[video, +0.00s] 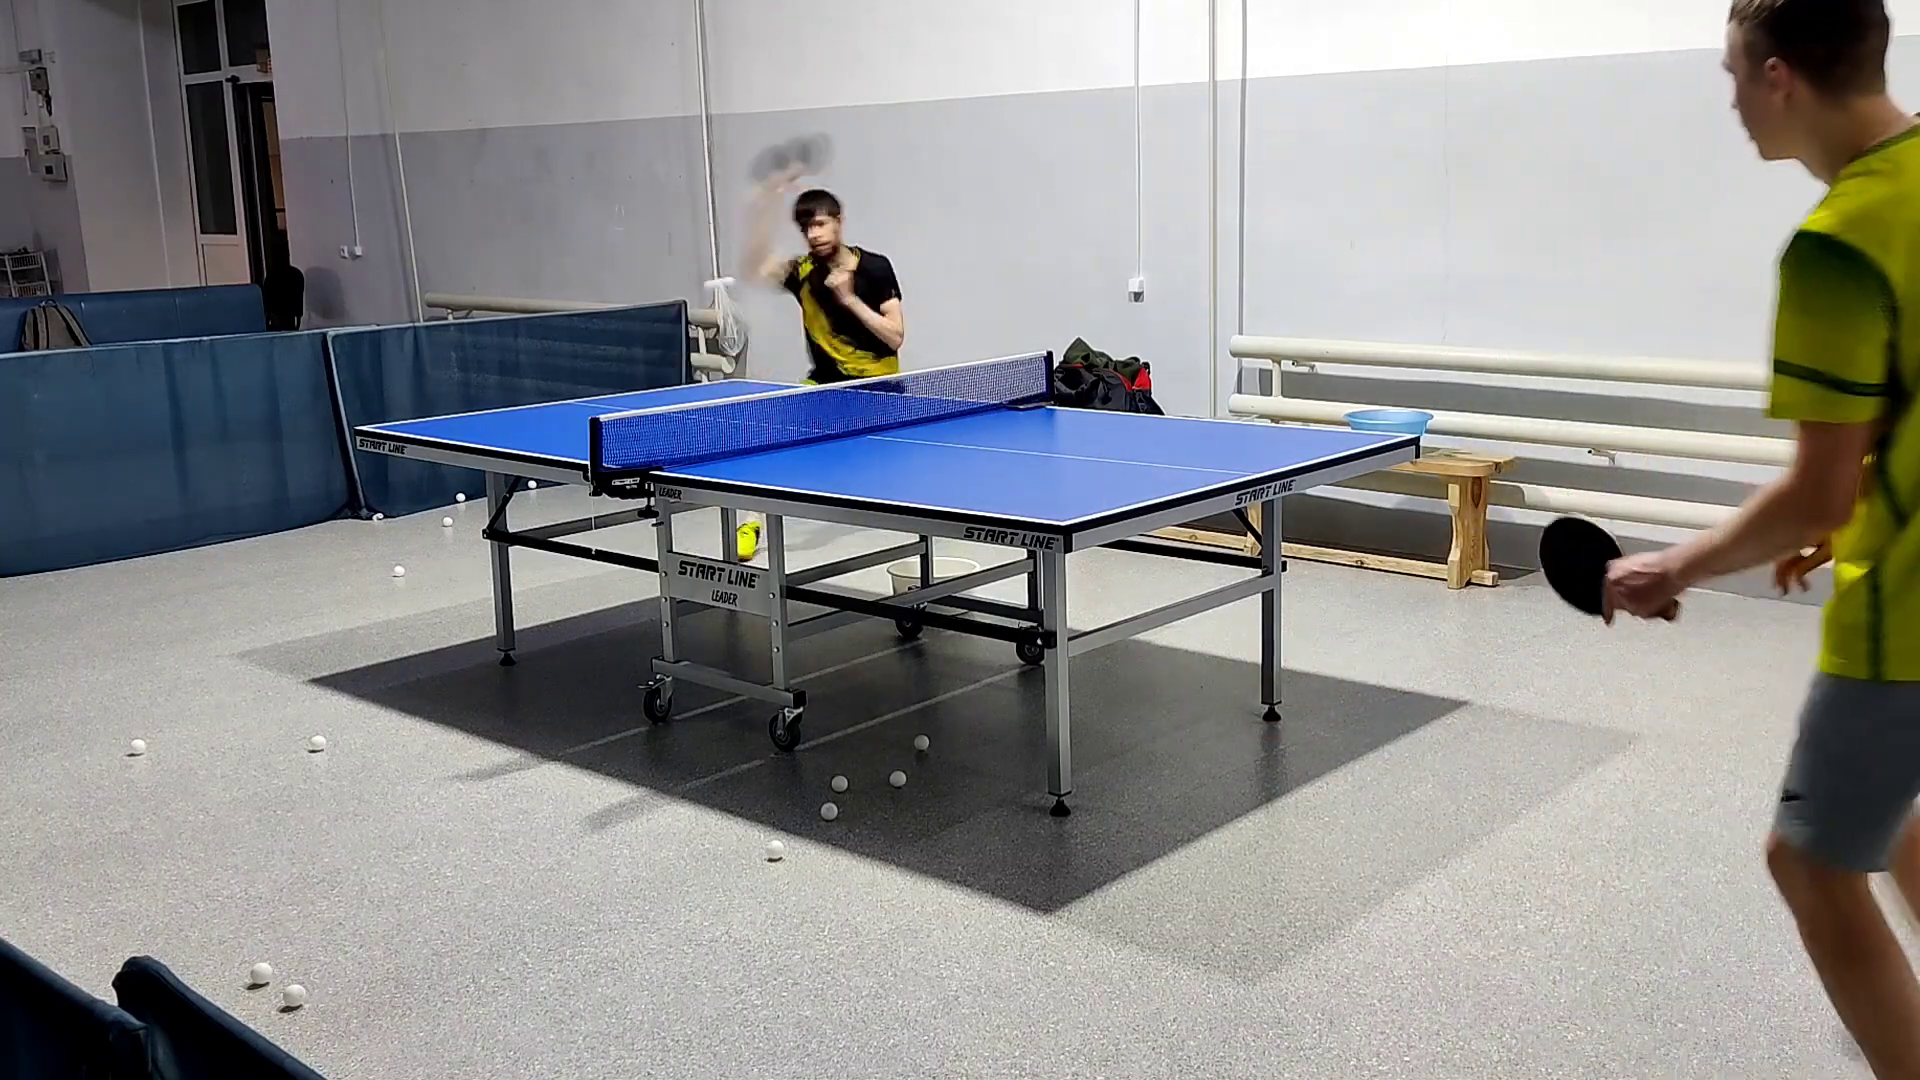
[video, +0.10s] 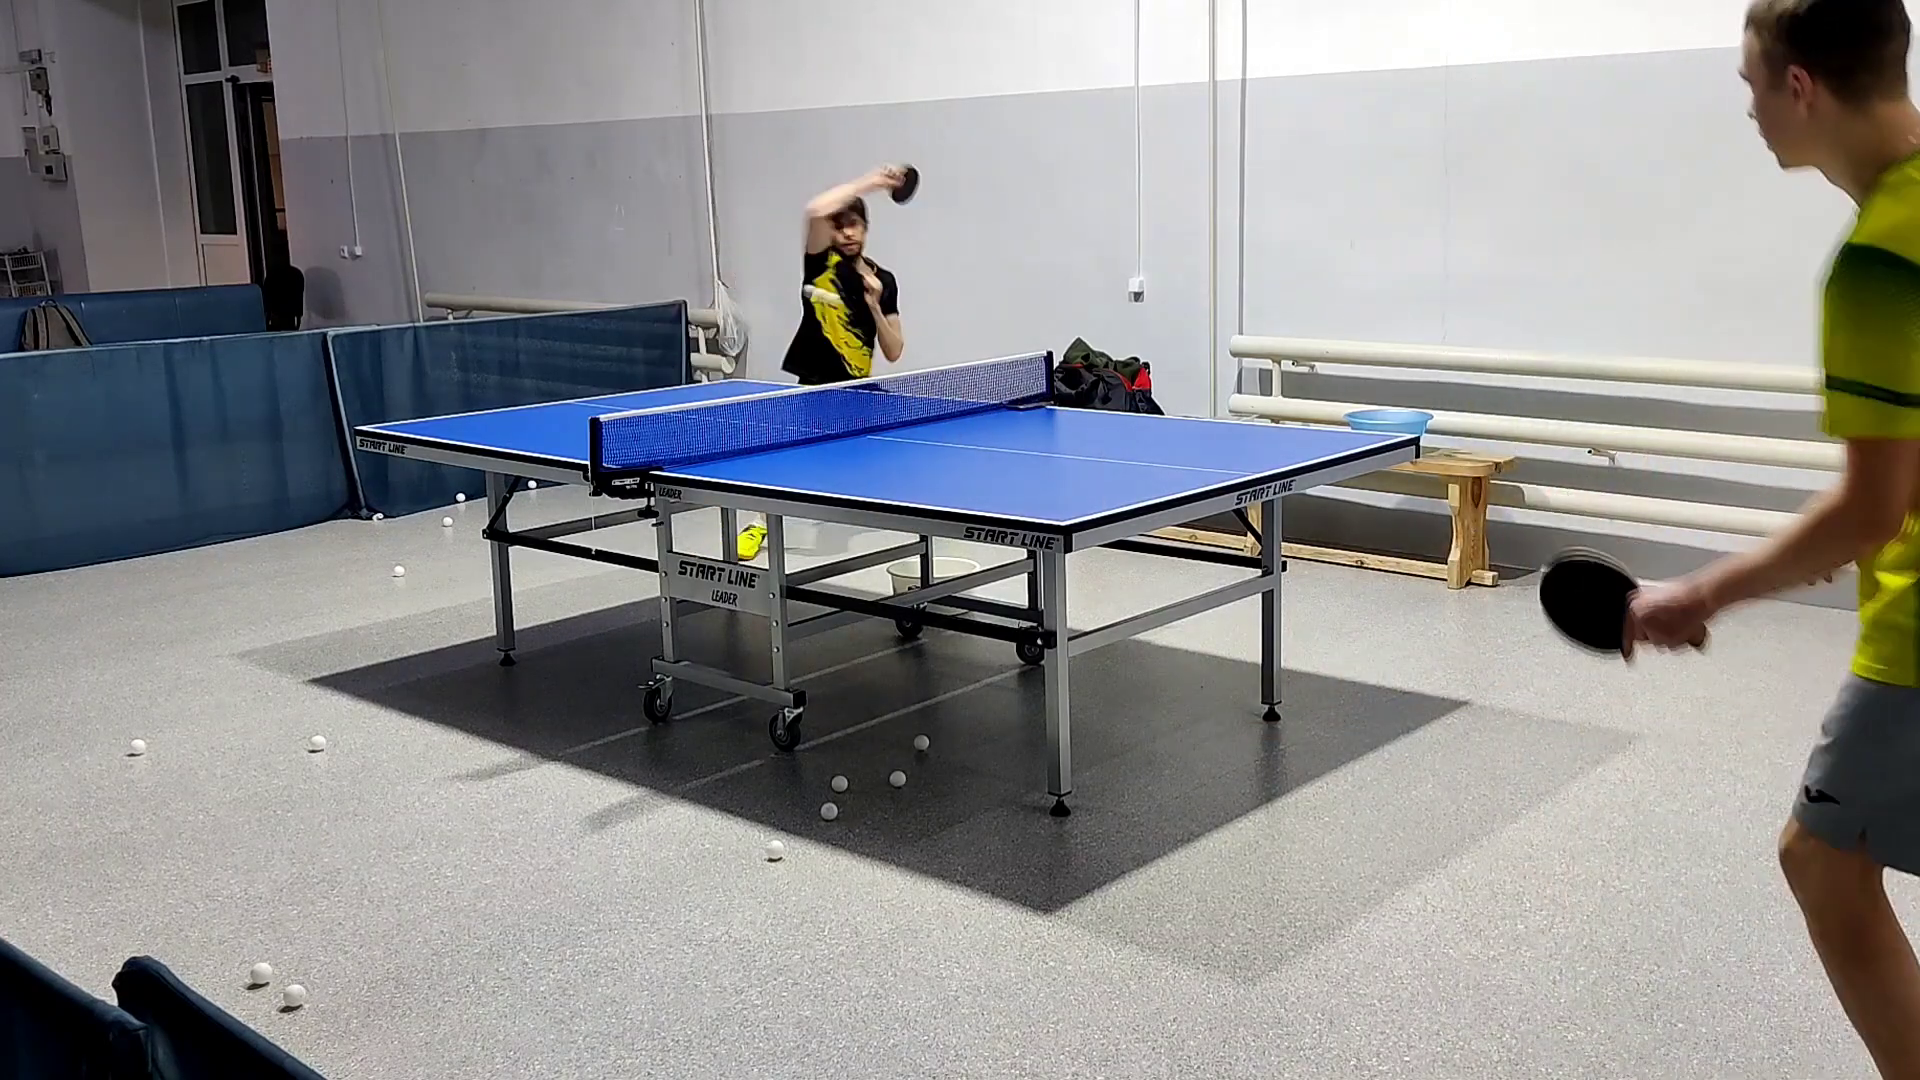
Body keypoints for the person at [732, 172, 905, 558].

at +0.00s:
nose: (813, 233)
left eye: (820, 224)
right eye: (807, 227)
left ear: (840, 223)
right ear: (802, 232)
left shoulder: (874, 268)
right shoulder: (800, 271)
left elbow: (895, 339)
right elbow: (752, 273)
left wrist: (849, 298)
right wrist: (769, 203)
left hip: (877, 385)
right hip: (823, 384)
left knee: (896, 465)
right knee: (766, 430)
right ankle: (752, 522)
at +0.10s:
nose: (846, 233)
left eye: (854, 225)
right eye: (839, 226)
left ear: (866, 229)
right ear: (828, 231)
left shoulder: (881, 279)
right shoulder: (820, 262)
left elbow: (893, 352)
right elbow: (814, 213)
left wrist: (874, 305)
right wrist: (872, 181)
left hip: (857, 390)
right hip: (811, 384)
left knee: (871, 470)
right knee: (784, 453)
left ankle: (901, 562)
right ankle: (760, 524)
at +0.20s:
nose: (864, 234)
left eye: (870, 226)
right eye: (856, 227)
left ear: (877, 232)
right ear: (841, 231)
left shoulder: (878, 284)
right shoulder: (830, 266)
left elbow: (885, 360)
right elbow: (838, 221)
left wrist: (883, 322)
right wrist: (889, 190)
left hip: (853, 388)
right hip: (811, 383)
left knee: (875, 468)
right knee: (793, 457)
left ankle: (900, 560)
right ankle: (763, 525)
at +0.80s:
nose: (800, 149)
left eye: (807, 139)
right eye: (790, 142)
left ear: (818, 144)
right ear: (778, 150)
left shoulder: (842, 196)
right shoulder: (769, 196)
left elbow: (875, 255)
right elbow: (737, 254)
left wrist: (861, 280)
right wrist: (754, 221)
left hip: (833, 321)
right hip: (785, 321)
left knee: (878, 410)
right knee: (768, 414)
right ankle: (745, 521)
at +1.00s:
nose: (779, 161)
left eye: (784, 150)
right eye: (769, 155)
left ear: (797, 152)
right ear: (758, 163)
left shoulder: (830, 200)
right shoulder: (755, 215)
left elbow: (867, 261)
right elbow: (738, 286)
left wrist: (817, 272)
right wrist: (735, 283)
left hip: (838, 328)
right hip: (783, 329)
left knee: (882, 414)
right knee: (755, 413)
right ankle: (741, 521)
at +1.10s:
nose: (758, 175)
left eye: (764, 164)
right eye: (748, 169)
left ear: (778, 165)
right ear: (741, 178)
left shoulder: (811, 207)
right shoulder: (745, 229)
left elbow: (833, 260)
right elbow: (732, 283)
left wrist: (763, 263)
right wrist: (727, 318)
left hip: (839, 327)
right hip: (787, 329)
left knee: (882, 412)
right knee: (753, 411)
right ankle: (727, 517)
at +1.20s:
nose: (730, 201)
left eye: (737, 190)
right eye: (722, 196)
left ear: (756, 189)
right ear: (718, 203)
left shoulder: (789, 226)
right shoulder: (731, 250)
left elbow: (784, 273)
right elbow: (717, 322)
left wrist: (715, 271)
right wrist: (709, 386)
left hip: (836, 342)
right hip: (786, 345)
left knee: (884, 421)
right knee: (741, 425)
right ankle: (712, 523)